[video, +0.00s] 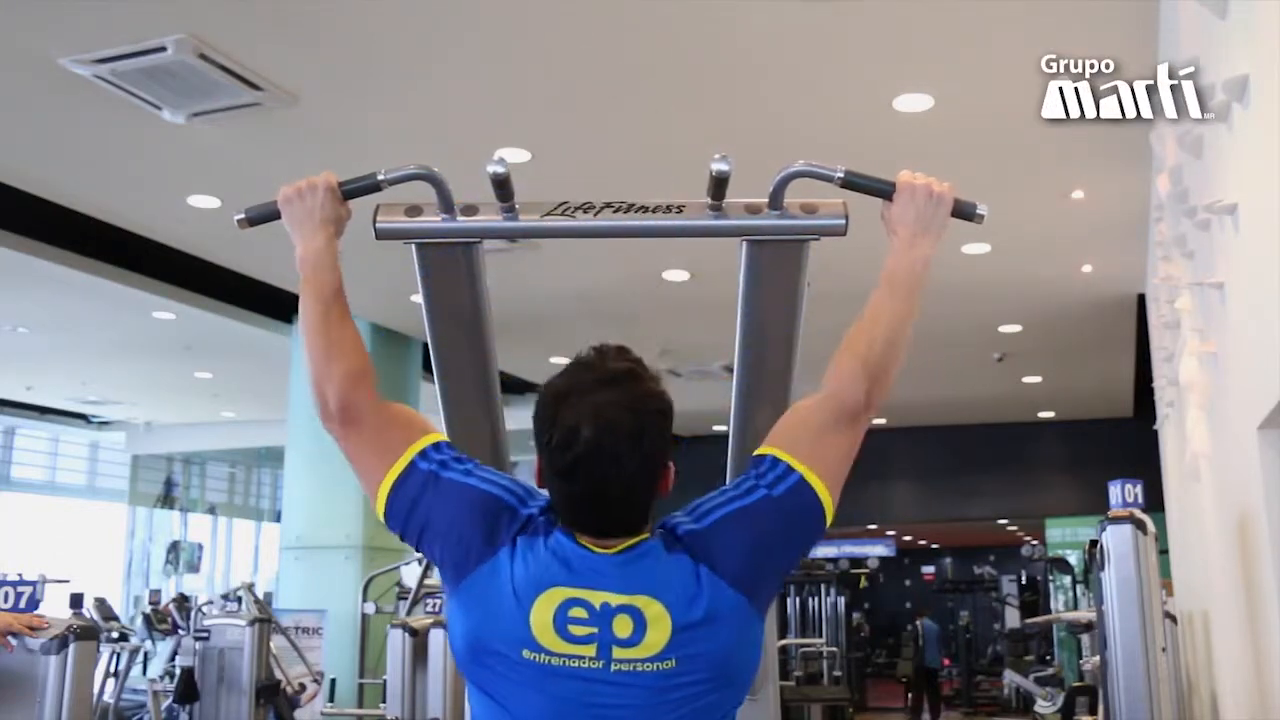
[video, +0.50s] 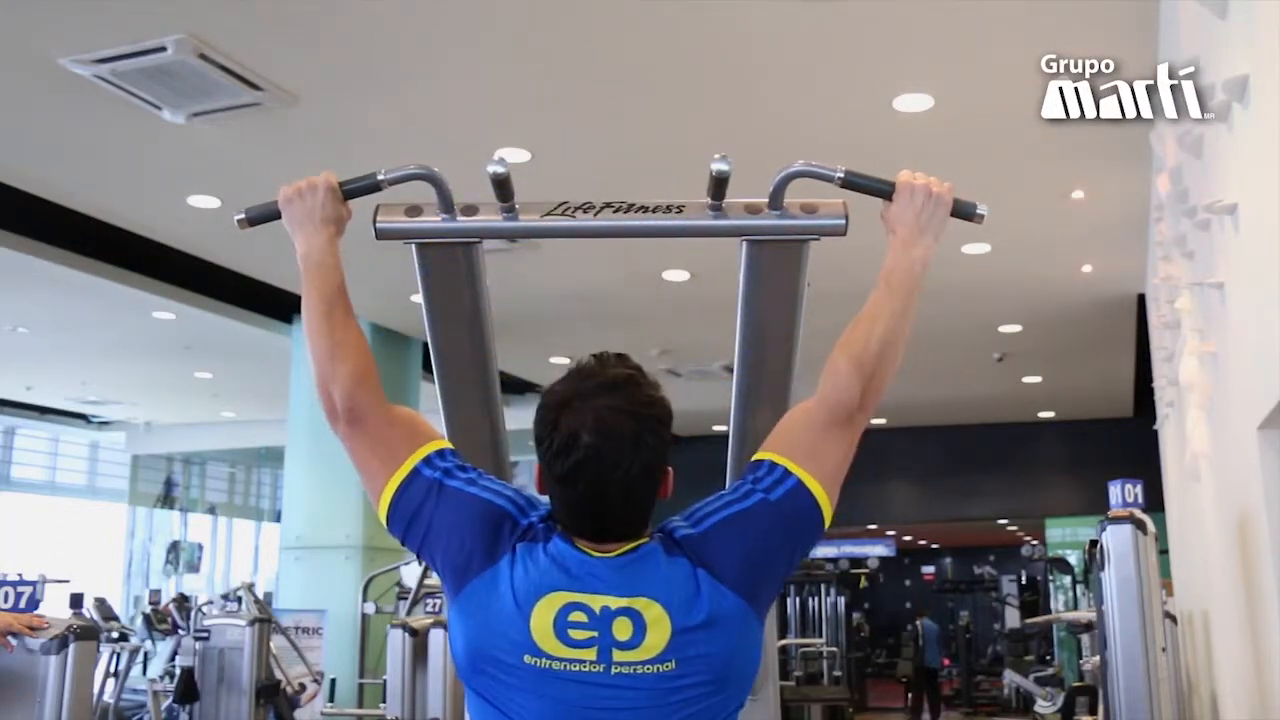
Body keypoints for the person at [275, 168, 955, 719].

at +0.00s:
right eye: (665, 445)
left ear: (542, 470)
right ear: (667, 475)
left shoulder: (487, 554)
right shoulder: (724, 572)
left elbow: (349, 406)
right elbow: (849, 403)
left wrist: (316, 244)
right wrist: (912, 244)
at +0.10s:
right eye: (665, 451)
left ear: (543, 477)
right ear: (666, 483)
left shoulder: (486, 560)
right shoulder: (724, 575)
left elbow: (354, 407)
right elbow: (846, 403)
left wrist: (316, 243)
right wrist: (912, 245)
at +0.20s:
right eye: (664, 453)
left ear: (542, 479)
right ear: (666, 486)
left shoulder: (486, 561)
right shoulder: (724, 576)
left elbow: (354, 407)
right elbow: (845, 403)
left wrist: (316, 243)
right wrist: (909, 246)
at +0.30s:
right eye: (663, 453)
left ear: (542, 479)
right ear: (666, 486)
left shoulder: (486, 562)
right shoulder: (723, 578)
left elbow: (355, 408)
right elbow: (845, 404)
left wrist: (316, 243)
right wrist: (909, 246)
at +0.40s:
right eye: (663, 453)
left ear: (542, 479)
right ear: (666, 485)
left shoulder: (485, 561)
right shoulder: (723, 577)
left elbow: (355, 408)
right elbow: (845, 403)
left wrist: (316, 241)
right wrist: (909, 246)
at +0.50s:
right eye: (663, 452)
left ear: (542, 478)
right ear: (665, 484)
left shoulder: (485, 561)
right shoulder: (723, 575)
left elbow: (355, 408)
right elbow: (845, 404)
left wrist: (316, 241)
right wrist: (909, 246)